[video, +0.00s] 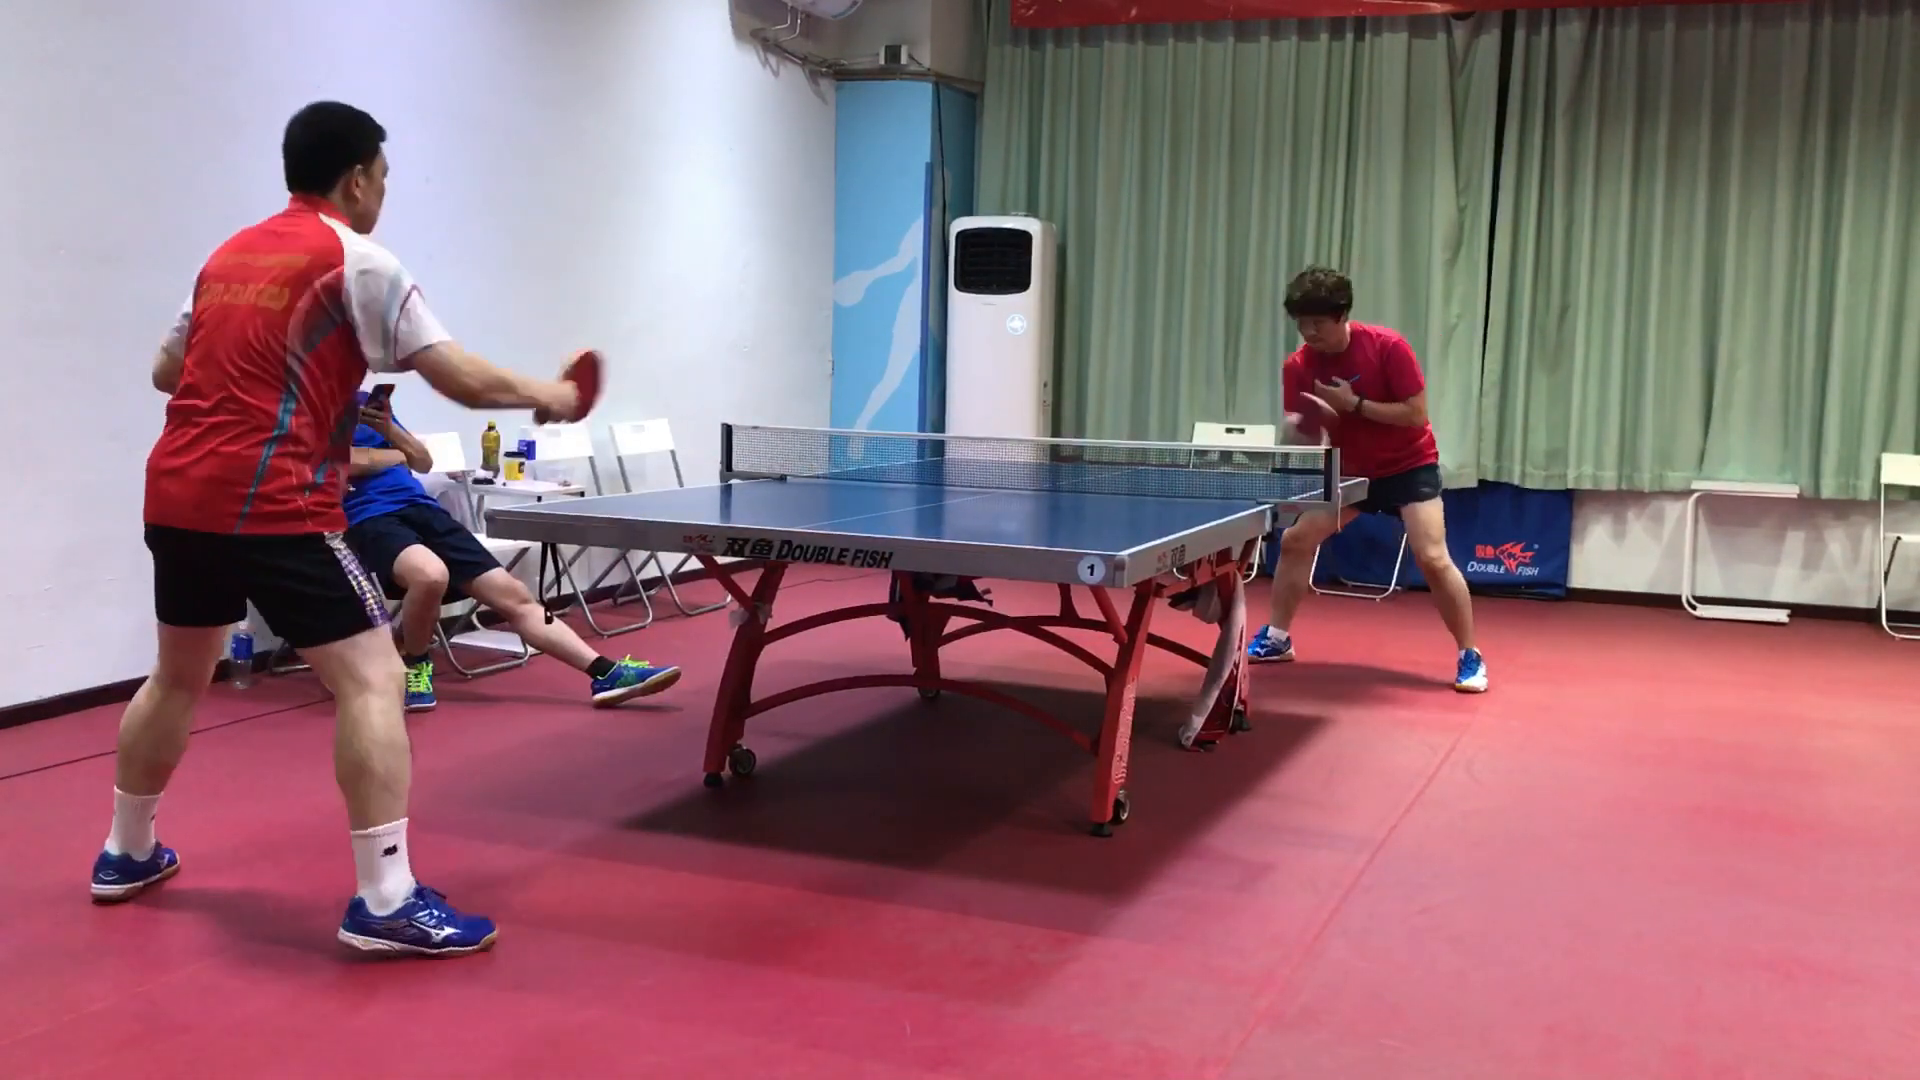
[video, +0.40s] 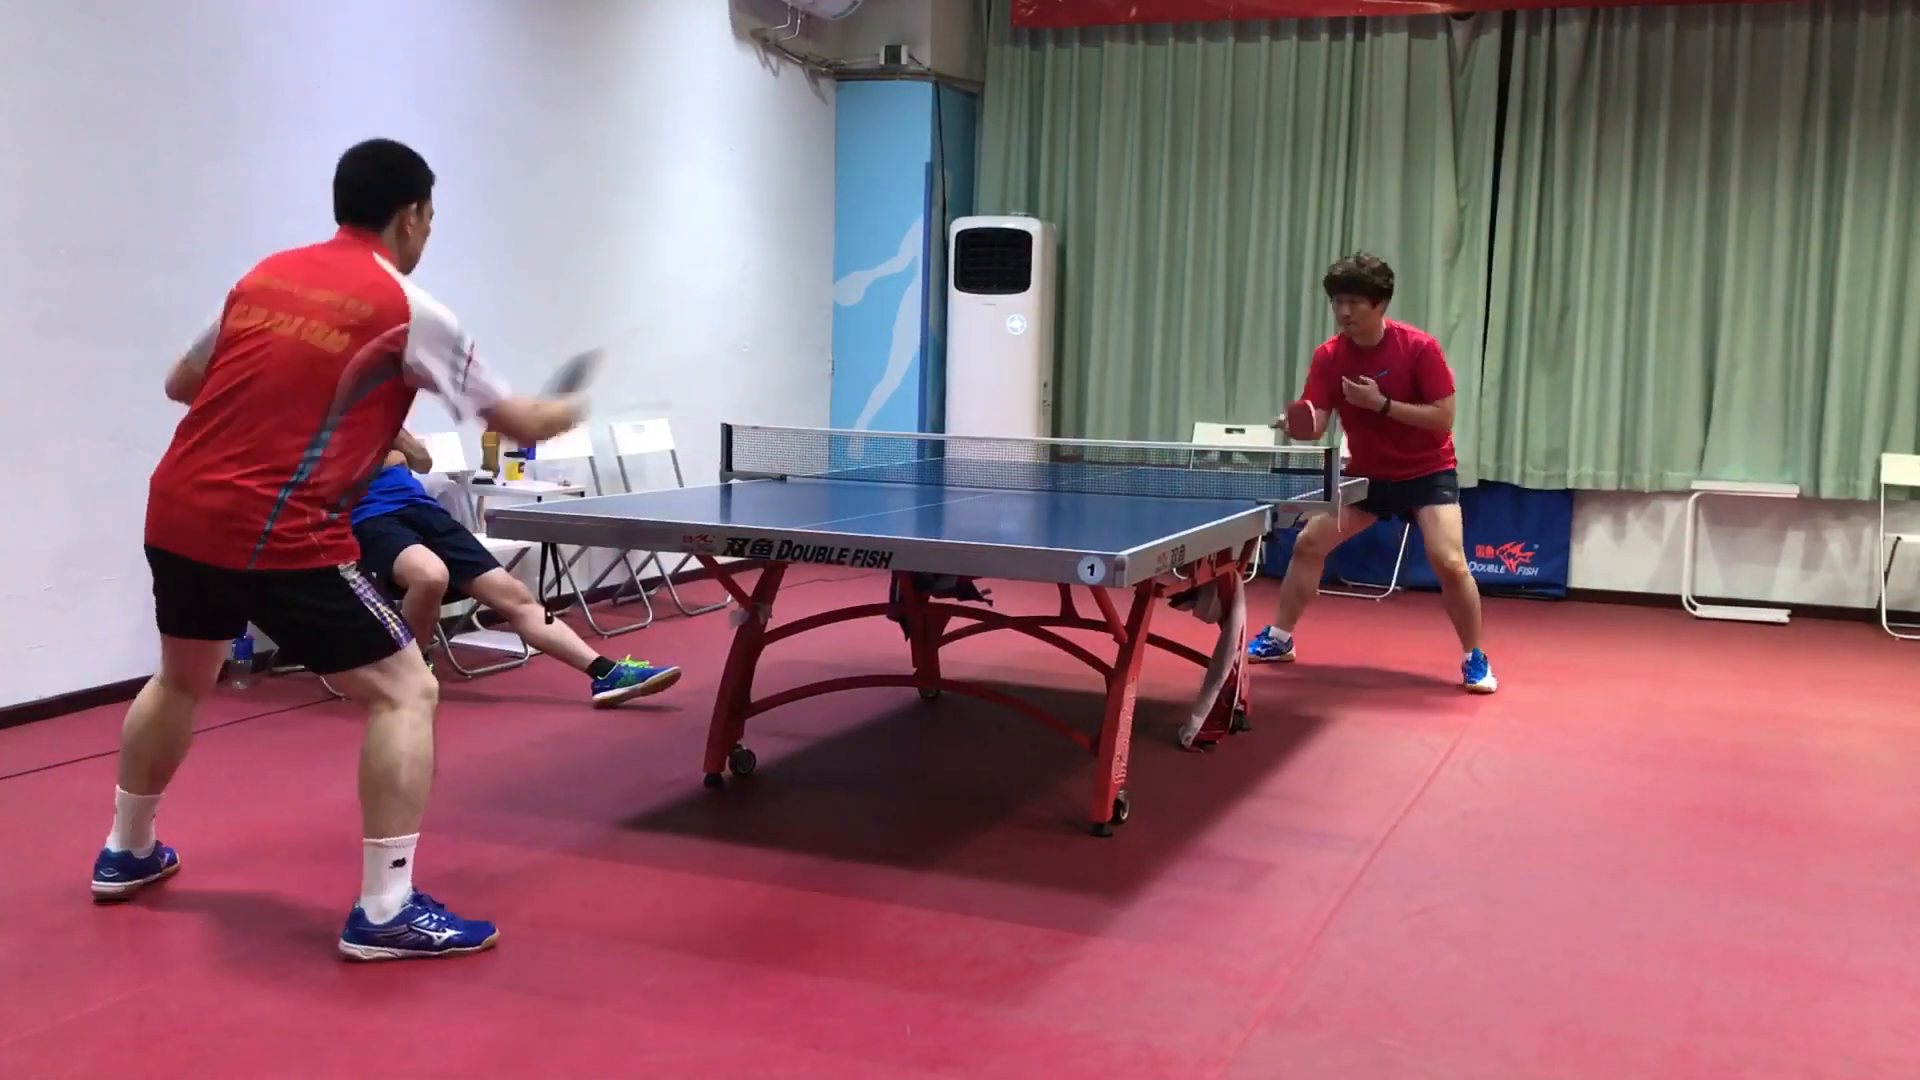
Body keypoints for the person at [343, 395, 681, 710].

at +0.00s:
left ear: (354, 368)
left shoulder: (371, 403)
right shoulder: (315, 413)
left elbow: (423, 463)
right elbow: (344, 463)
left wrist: (386, 426)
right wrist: (400, 453)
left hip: (418, 507)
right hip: (367, 518)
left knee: (514, 596)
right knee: (429, 575)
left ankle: (604, 670)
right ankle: (416, 664)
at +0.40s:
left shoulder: (373, 414)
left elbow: (423, 462)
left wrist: (392, 433)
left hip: (417, 503)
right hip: (364, 513)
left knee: (514, 595)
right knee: (430, 576)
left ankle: (604, 671)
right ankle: (407, 675)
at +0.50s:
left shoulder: (371, 407)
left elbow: (422, 460)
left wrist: (386, 428)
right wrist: (624, 370)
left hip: (415, 504)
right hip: (366, 514)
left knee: (512, 593)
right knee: (430, 575)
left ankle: (604, 670)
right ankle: (410, 674)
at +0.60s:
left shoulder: (373, 412)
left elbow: (421, 460)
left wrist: (388, 430)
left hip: (413, 502)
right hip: (365, 513)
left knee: (511, 593)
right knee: (430, 576)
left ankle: (604, 670)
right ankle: (409, 675)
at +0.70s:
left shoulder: (374, 405)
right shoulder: (323, 423)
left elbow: (423, 462)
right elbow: (347, 466)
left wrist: (389, 426)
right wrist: (396, 453)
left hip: (419, 505)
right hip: (368, 516)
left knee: (513, 595)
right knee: (431, 575)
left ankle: (604, 670)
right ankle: (416, 664)